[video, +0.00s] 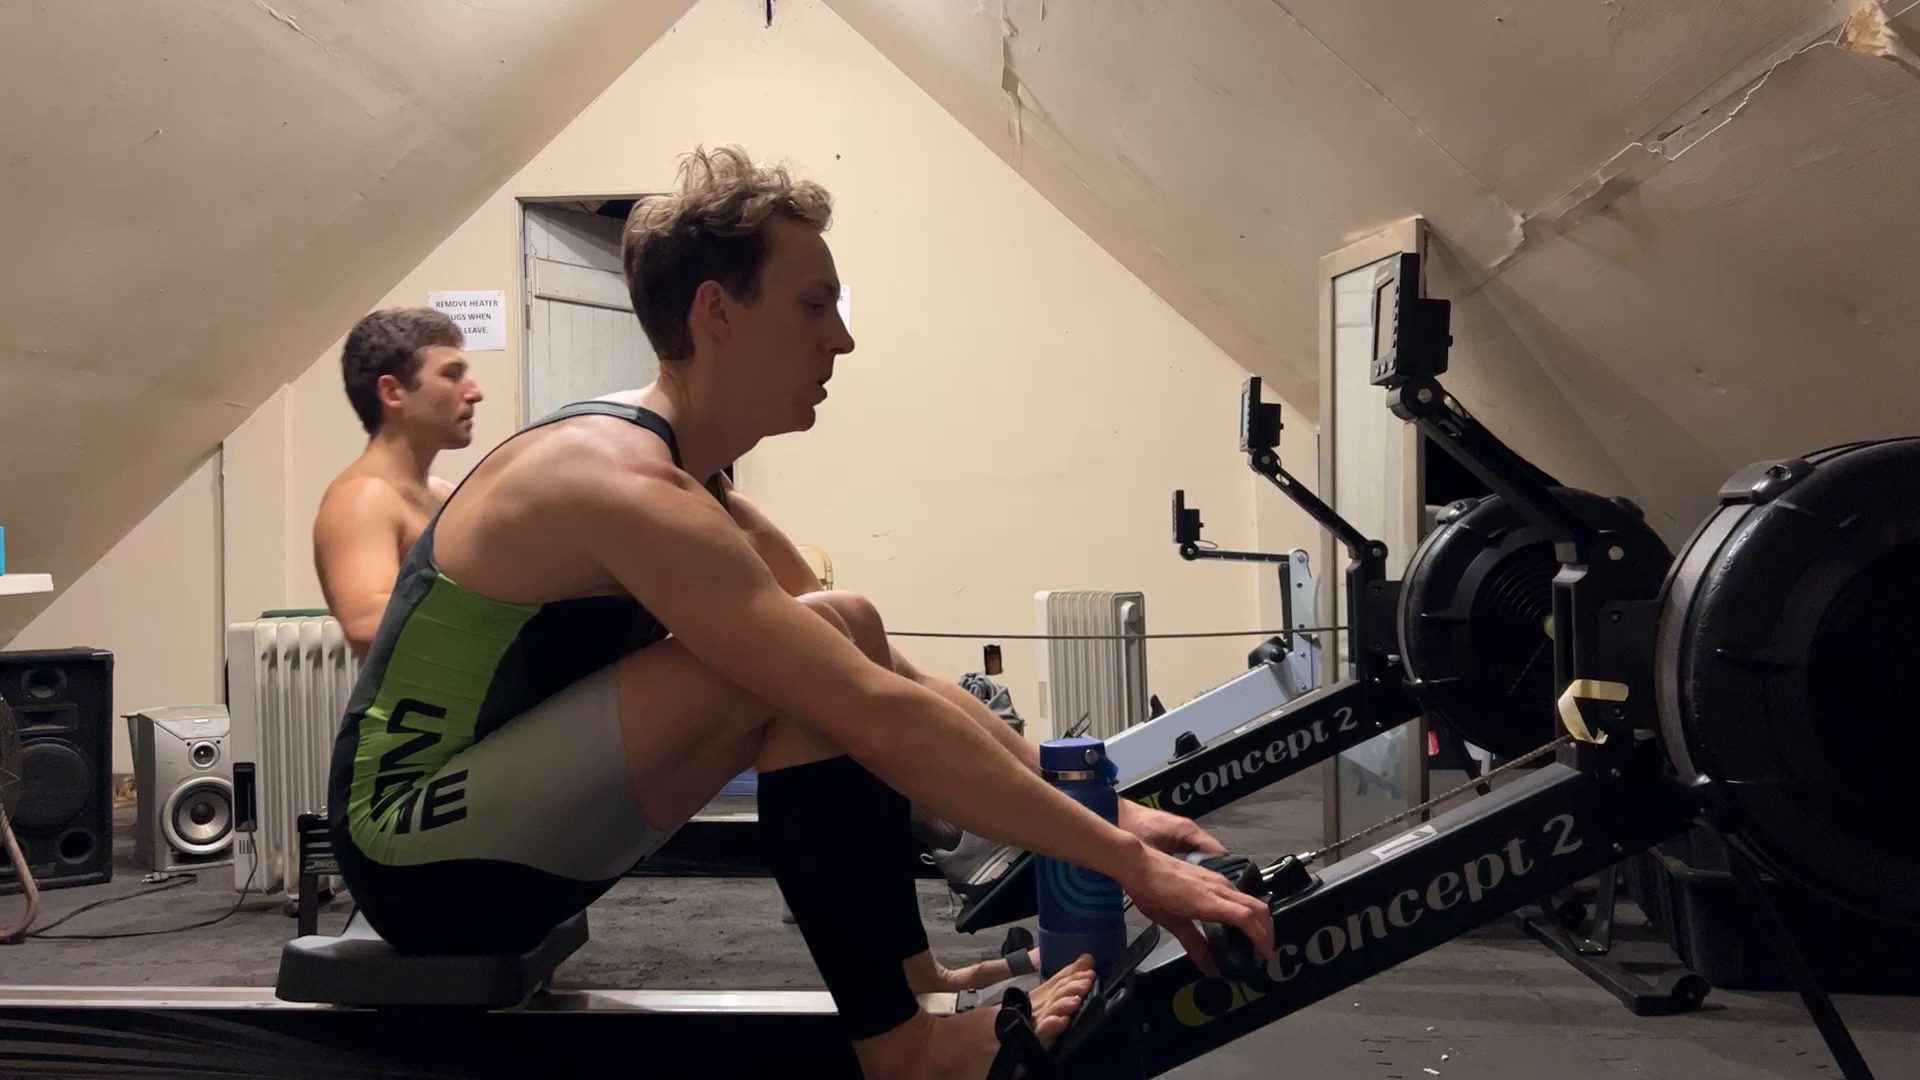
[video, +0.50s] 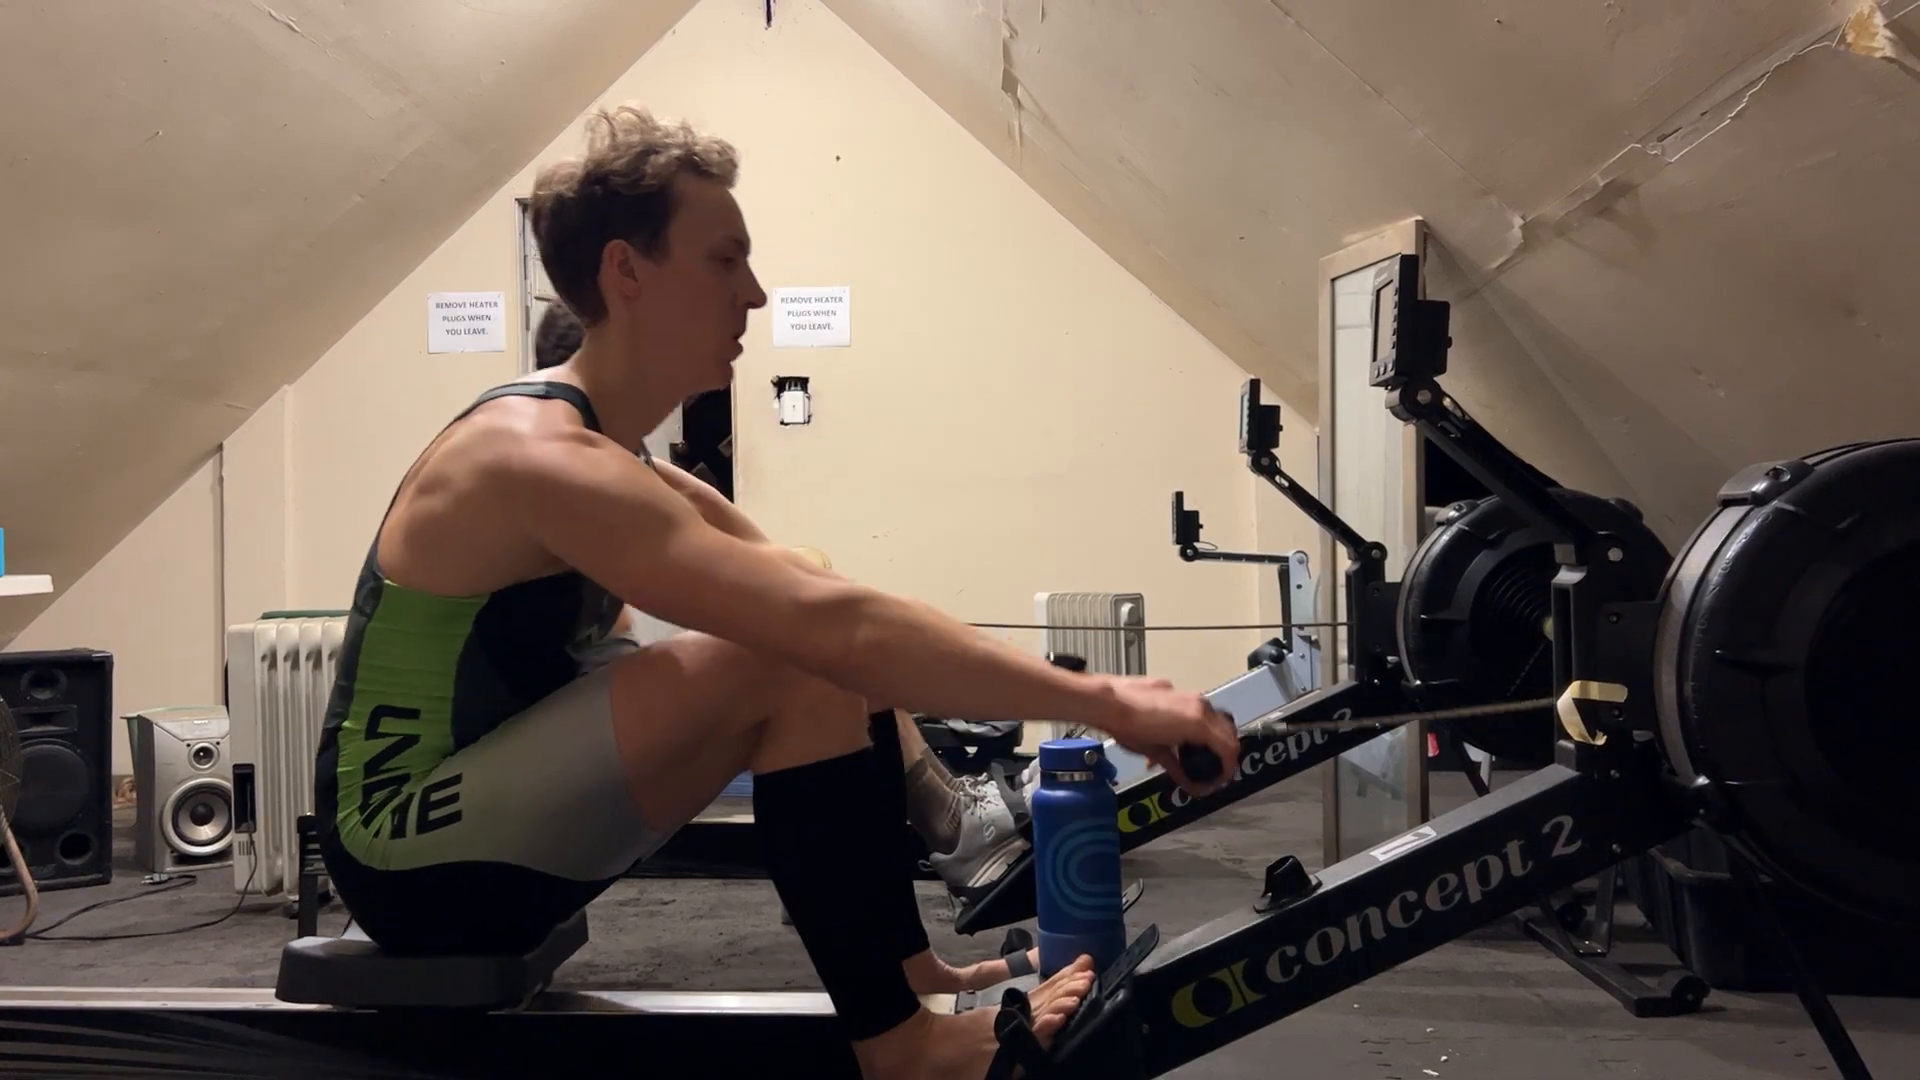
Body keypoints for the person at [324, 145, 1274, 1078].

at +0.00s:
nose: (844, 336)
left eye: (836, 304)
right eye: (816, 303)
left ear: (729, 319)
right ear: (713, 312)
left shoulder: (702, 496)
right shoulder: (624, 486)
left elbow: (886, 682)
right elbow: (863, 715)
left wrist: (1099, 821)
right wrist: (1125, 866)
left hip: (474, 828)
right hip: (427, 848)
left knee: (827, 651)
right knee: (803, 668)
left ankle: (913, 990)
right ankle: (892, 1039)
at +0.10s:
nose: (840, 332)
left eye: (832, 301)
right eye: (812, 301)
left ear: (724, 318)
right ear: (709, 311)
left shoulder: (701, 496)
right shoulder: (620, 486)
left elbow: (887, 670)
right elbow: (864, 715)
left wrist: (1091, 801)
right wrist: (1129, 857)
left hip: (479, 827)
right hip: (426, 848)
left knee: (839, 636)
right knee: (804, 673)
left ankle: (916, 990)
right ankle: (892, 1042)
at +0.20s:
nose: (824, 324)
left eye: (816, 295)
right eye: (797, 294)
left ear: (708, 312)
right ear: (693, 306)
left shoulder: (689, 493)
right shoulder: (606, 484)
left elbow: (882, 664)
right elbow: (855, 707)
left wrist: (1092, 791)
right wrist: (1131, 835)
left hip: (479, 824)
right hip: (421, 846)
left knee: (838, 638)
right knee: (799, 671)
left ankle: (913, 988)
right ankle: (891, 1043)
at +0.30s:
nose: (802, 319)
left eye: (794, 287)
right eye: (774, 286)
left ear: (678, 304)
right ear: (673, 298)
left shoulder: (664, 483)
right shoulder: (587, 477)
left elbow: (867, 653)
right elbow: (845, 688)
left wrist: (1091, 769)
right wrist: (1125, 801)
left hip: (472, 821)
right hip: (421, 846)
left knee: (827, 643)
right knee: (796, 667)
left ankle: (911, 994)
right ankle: (890, 1040)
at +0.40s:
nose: (779, 306)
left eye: (771, 276)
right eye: (751, 275)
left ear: (662, 291)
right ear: (648, 286)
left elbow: (853, 644)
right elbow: (840, 651)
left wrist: (1096, 745)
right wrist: (1111, 747)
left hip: (476, 832)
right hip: (416, 851)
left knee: (815, 645)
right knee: (787, 663)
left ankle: (916, 993)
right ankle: (890, 1039)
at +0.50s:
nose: (756, 292)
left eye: (747, 260)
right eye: (728, 260)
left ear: (639, 278)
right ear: (624, 274)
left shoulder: (619, 465)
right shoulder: (542, 460)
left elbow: (828, 601)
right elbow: (827, 627)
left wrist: (1088, 701)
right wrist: (1112, 704)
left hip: (474, 834)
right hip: (415, 855)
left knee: (823, 648)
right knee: (789, 660)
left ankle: (919, 996)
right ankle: (890, 1043)